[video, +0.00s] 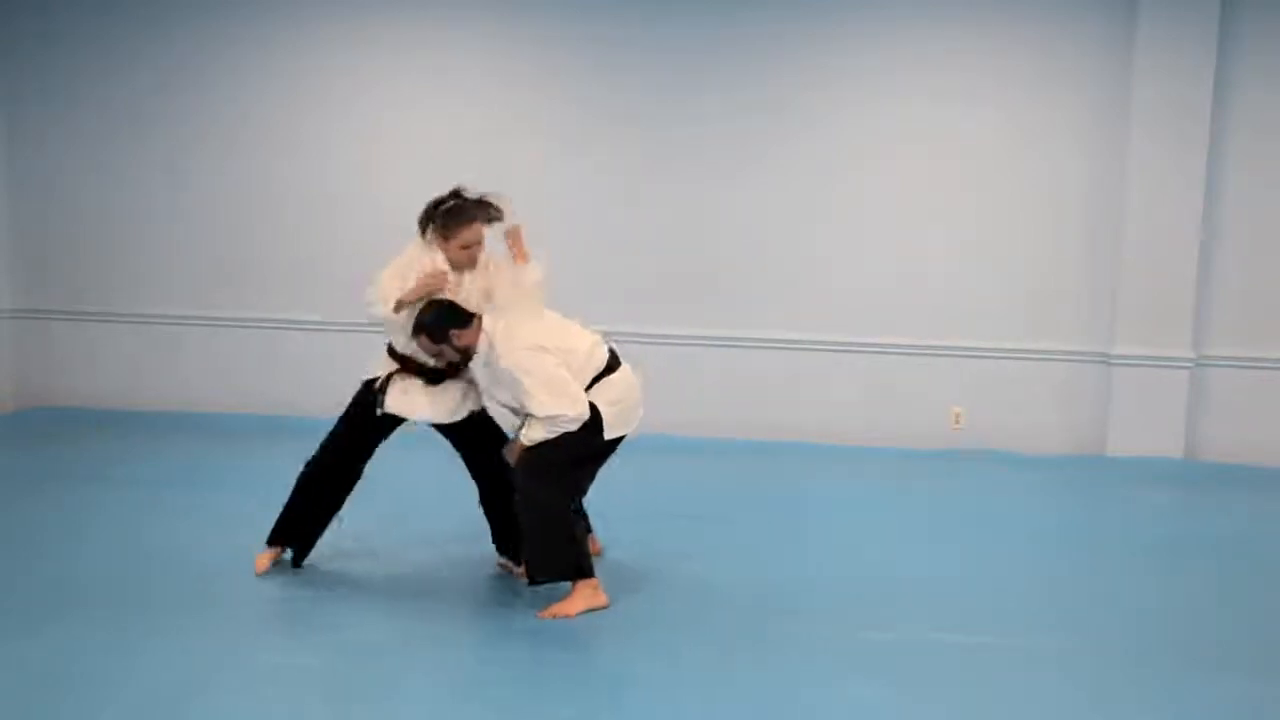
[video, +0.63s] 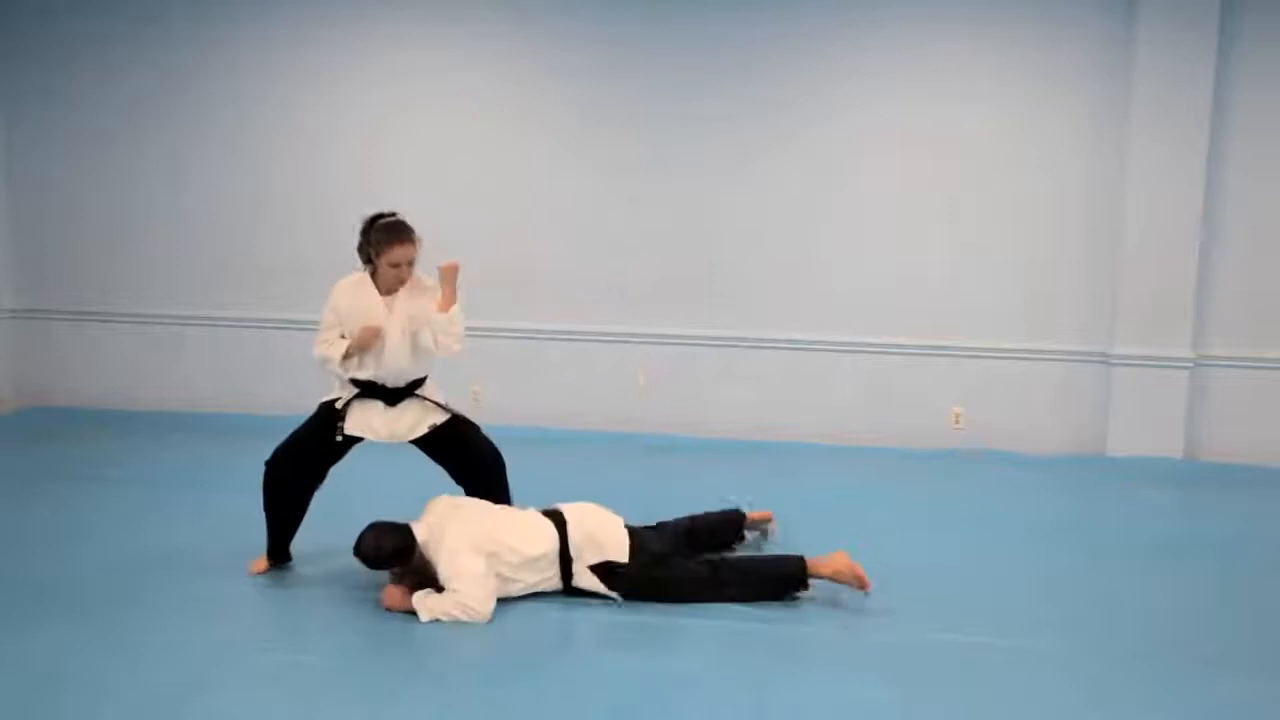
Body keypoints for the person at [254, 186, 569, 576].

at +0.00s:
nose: (476, 253)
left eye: (479, 245)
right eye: (467, 247)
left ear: (484, 241)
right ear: (440, 241)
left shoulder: (488, 271)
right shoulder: (415, 261)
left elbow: (522, 313)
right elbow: (378, 305)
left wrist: (522, 266)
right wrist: (419, 293)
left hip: (457, 390)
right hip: (398, 382)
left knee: (498, 470)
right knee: (337, 458)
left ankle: (515, 553)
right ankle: (283, 543)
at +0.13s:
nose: (460, 297)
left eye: (465, 288)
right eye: (452, 289)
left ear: (473, 281)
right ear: (425, 283)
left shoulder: (476, 310)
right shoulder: (397, 303)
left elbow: (505, 332)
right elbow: (371, 352)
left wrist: (490, 285)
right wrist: (396, 342)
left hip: (437, 415)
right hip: (375, 407)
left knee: (488, 468)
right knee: (303, 470)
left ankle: (509, 550)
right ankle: (276, 556)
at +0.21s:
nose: (442, 308)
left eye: (447, 299)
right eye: (434, 301)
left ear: (451, 294)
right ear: (406, 296)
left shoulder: (451, 322)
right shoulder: (376, 320)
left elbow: (491, 341)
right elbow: (353, 378)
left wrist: (472, 293)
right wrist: (393, 383)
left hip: (420, 421)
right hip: (360, 419)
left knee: (477, 463)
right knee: (294, 471)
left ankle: (504, 550)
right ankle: (270, 556)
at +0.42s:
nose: (412, 292)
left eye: (415, 283)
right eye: (403, 286)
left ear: (419, 274)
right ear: (378, 278)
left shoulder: (428, 309)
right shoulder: (348, 304)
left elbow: (453, 367)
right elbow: (328, 364)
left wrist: (459, 319)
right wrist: (353, 351)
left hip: (409, 403)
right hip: (350, 404)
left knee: (468, 457)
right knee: (296, 468)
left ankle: (487, 547)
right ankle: (270, 553)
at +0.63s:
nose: (405, 274)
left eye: (410, 264)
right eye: (395, 266)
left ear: (416, 256)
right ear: (372, 262)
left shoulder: (424, 292)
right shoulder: (347, 292)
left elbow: (449, 346)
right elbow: (325, 349)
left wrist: (448, 296)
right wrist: (353, 347)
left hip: (414, 404)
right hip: (355, 404)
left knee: (485, 461)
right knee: (285, 466)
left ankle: (505, 550)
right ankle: (277, 554)